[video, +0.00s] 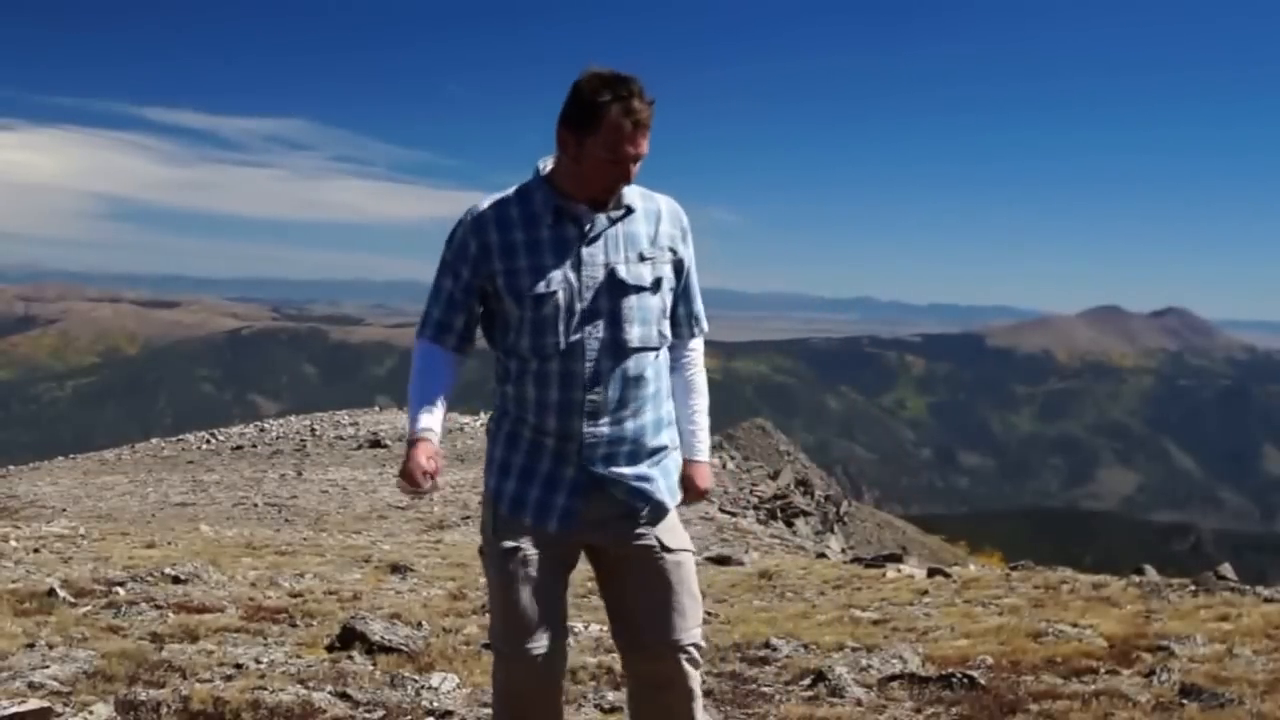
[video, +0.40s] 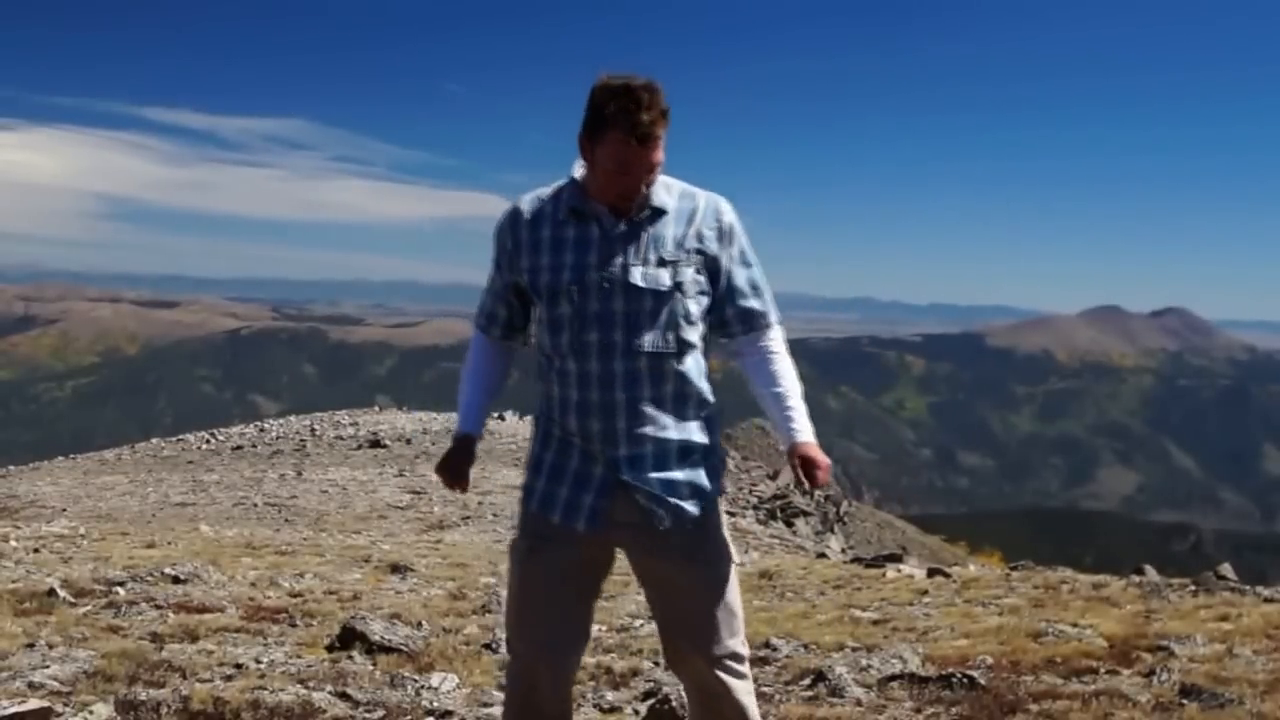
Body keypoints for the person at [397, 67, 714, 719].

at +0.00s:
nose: (631, 172)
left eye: (638, 159)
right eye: (621, 158)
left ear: (644, 146)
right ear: (571, 141)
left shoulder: (664, 221)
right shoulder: (489, 230)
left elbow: (686, 342)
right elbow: (441, 337)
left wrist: (695, 449)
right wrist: (424, 433)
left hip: (640, 477)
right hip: (529, 482)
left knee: (672, 662)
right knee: (528, 667)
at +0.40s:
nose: (647, 165)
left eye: (654, 150)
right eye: (630, 153)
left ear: (664, 145)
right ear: (588, 146)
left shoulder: (706, 219)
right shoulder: (530, 224)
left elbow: (757, 335)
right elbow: (494, 333)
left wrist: (799, 434)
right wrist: (467, 433)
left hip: (675, 477)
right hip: (564, 477)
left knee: (717, 671)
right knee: (536, 676)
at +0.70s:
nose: (716, 176)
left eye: (724, 161)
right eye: (702, 161)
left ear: (734, 151)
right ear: (660, 151)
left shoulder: (780, 225)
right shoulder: (603, 228)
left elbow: (822, 344)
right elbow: (572, 332)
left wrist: (837, 450)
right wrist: (545, 429)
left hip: (748, 486)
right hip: (637, 480)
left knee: (759, 679)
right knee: (579, 670)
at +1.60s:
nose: (651, 151)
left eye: (666, 135)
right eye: (637, 133)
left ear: (689, 130)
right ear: (609, 127)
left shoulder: (723, 228)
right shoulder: (538, 208)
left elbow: (736, 349)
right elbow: (476, 311)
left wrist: (771, 416)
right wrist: (488, 407)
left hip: (664, 481)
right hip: (550, 484)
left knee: (700, 662)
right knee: (558, 682)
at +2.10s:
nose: (606, 161)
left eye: (621, 142)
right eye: (591, 146)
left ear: (657, 134)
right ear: (577, 145)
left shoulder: (725, 223)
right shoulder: (577, 226)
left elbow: (779, 338)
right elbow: (554, 333)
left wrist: (792, 423)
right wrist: (504, 421)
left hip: (699, 494)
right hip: (590, 489)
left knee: (742, 686)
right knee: (565, 683)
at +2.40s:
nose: (681, 176)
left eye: (695, 158)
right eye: (664, 160)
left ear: (721, 138)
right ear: (642, 150)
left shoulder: (791, 211)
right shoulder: (636, 229)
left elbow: (858, 327)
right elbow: (624, 330)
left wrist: (875, 449)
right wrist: (582, 398)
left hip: (781, 476)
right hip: (675, 473)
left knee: (792, 679)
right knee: (629, 670)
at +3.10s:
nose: (734, 168)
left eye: (746, 153)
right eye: (720, 151)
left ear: (759, 144)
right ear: (677, 133)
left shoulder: (769, 225)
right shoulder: (584, 208)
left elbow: (788, 341)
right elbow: (520, 315)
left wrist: (836, 394)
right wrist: (550, 414)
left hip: (722, 486)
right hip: (606, 483)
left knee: (762, 677)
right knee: (577, 671)